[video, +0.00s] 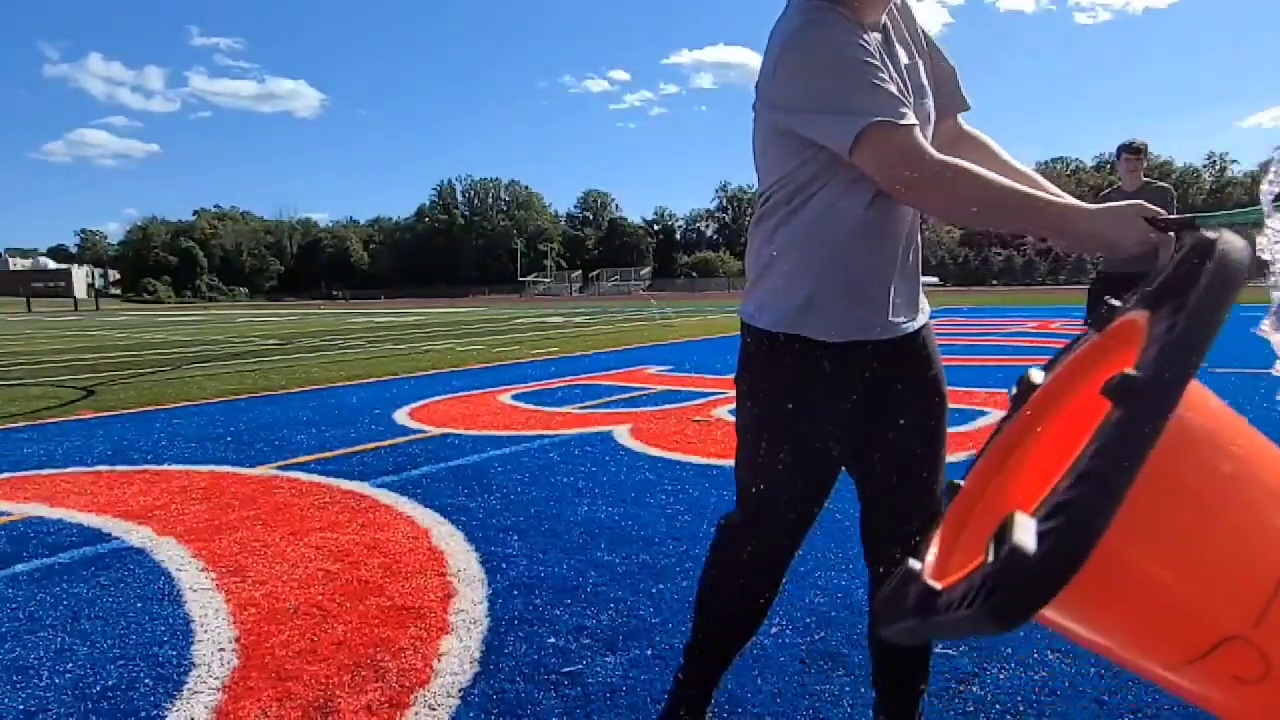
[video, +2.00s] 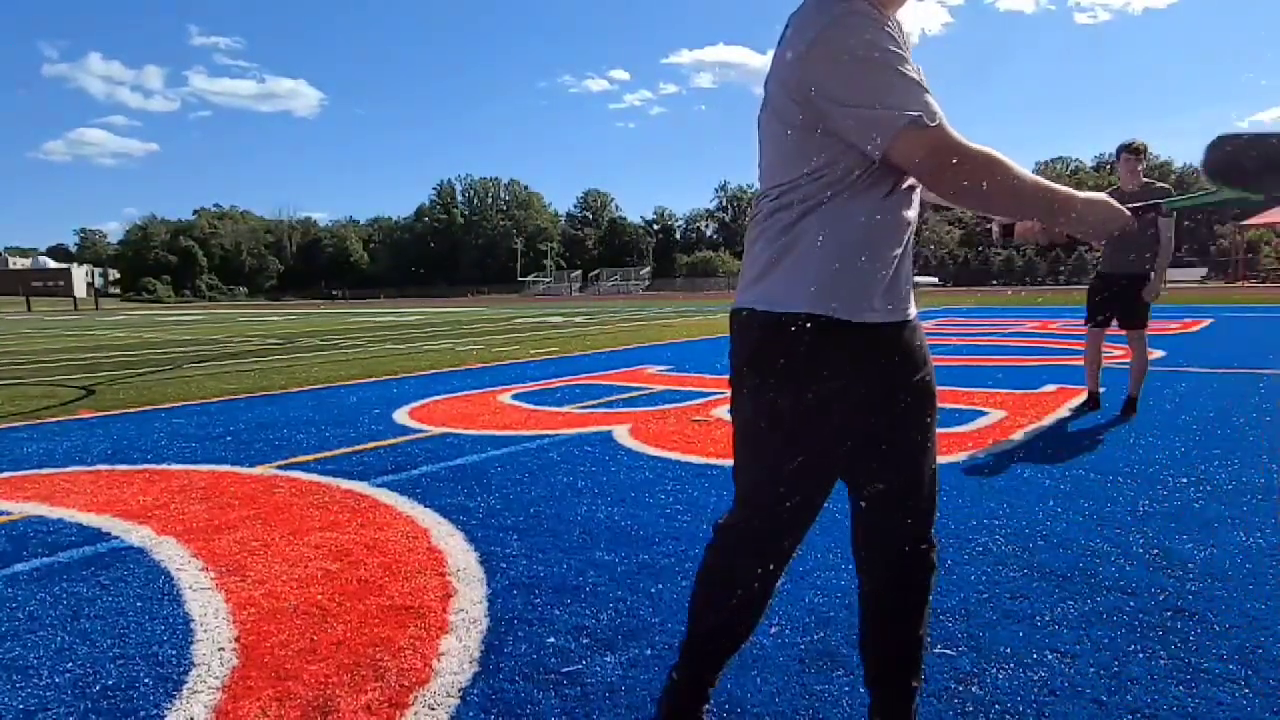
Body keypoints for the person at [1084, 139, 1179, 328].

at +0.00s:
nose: (1132, 164)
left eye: (1137, 159)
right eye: (1127, 159)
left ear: (1145, 163)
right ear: (1118, 163)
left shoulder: (1162, 194)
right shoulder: (1106, 198)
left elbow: (1168, 239)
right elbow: (1099, 234)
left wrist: (1159, 277)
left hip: (1147, 276)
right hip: (1111, 275)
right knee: (1097, 331)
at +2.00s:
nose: (1133, 166)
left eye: (1137, 161)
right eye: (1127, 161)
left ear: (1144, 163)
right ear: (1118, 164)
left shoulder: (1160, 194)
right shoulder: (1108, 198)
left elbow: (1167, 240)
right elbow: (1096, 238)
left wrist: (1157, 279)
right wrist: (1095, 235)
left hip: (1137, 277)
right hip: (1105, 276)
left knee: (1136, 340)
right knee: (1094, 336)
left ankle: (1132, 398)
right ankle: (1092, 395)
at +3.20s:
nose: (1133, 163)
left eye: (1138, 158)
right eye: (1128, 158)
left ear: (1145, 162)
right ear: (1118, 162)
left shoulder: (1158, 193)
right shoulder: (1107, 197)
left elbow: (1167, 239)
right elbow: (1098, 241)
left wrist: (1157, 277)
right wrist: (1092, 224)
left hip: (1137, 275)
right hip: (1106, 274)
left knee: (1136, 339)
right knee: (1093, 335)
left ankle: (1132, 396)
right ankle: (1092, 391)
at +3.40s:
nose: (1132, 161)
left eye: (1137, 156)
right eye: (1127, 156)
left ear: (1144, 161)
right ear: (1117, 161)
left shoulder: (1158, 195)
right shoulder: (1108, 196)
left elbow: (1167, 241)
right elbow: (1096, 238)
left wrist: (1157, 277)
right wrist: (1092, 226)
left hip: (1136, 275)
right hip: (1105, 274)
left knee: (1136, 340)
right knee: (1093, 336)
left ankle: (1132, 397)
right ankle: (1092, 392)